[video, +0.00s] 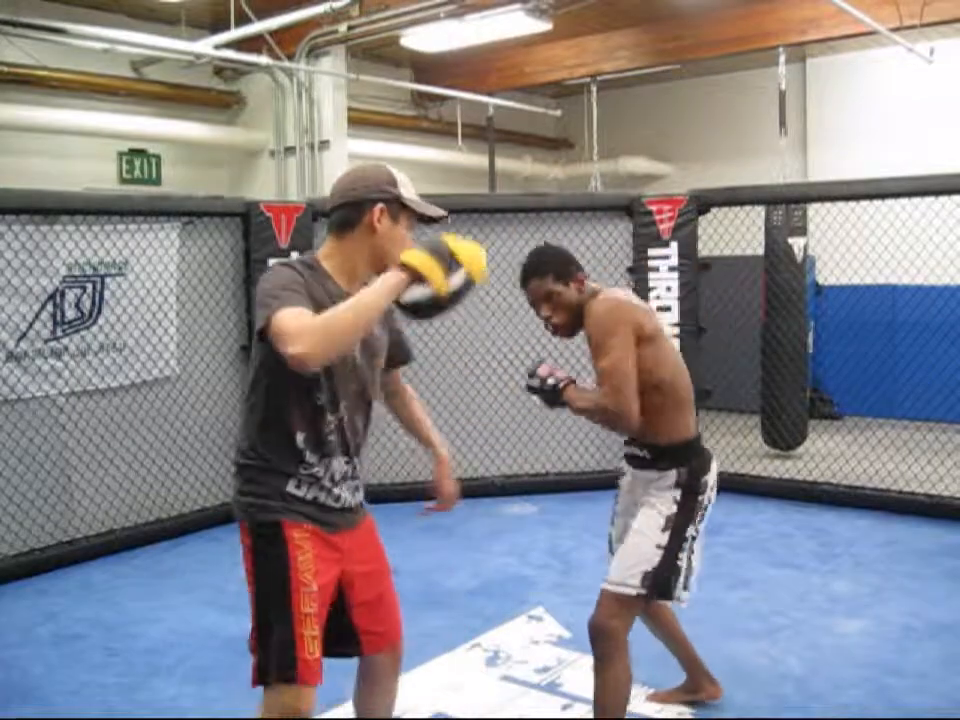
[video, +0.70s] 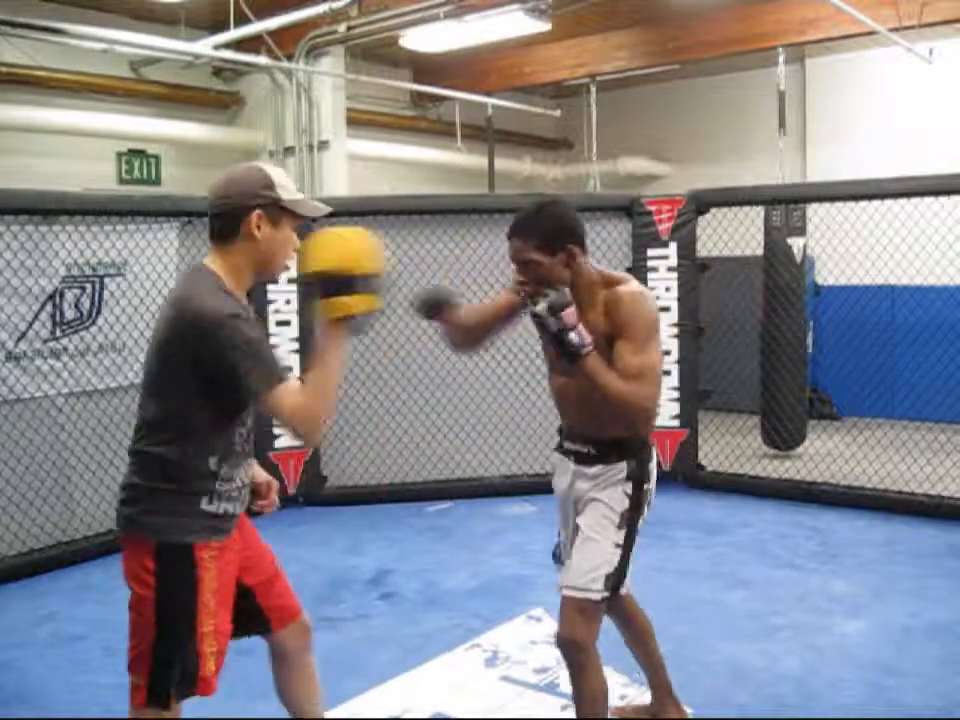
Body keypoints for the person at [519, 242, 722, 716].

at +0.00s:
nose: (544, 315)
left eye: (548, 301)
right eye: (536, 307)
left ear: (577, 282)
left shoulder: (609, 311)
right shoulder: (599, 310)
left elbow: (626, 416)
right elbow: (621, 400)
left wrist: (569, 396)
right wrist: (570, 389)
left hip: (676, 475)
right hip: (641, 469)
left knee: (607, 627)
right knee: (636, 588)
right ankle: (700, 680)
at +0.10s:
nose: (532, 291)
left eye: (537, 276)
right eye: (523, 282)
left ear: (569, 261)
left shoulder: (616, 283)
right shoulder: (579, 320)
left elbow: (649, 351)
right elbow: (626, 404)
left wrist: (575, 353)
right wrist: (569, 426)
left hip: (665, 465)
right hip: (623, 462)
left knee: (611, 634)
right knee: (638, 590)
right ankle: (697, 679)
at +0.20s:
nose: (532, 272)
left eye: (538, 256)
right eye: (523, 263)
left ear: (570, 243)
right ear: (521, 267)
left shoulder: (625, 259)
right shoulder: (548, 321)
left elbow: (694, 303)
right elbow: (570, 419)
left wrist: (599, 308)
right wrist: (517, 405)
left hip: (660, 455)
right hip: (614, 456)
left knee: (611, 634)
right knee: (639, 587)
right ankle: (694, 683)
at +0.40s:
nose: (520, 277)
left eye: (526, 263)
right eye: (514, 266)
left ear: (561, 245)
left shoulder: (628, 273)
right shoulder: (552, 302)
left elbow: (683, 350)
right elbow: (570, 398)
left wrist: (597, 326)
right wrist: (530, 376)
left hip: (645, 460)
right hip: (600, 456)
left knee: (591, 633)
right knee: (628, 600)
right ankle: (668, 702)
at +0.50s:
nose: (514, 294)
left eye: (520, 281)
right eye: (509, 282)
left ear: (558, 267)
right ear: (556, 267)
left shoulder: (623, 307)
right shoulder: (569, 309)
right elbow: (582, 399)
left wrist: (561, 354)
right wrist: (541, 365)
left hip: (633, 481)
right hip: (596, 470)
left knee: (568, 641)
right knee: (611, 601)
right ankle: (667, 703)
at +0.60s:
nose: (513, 286)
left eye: (523, 275)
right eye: (511, 274)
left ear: (562, 269)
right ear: (557, 269)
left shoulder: (615, 317)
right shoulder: (563, 312)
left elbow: (603, 424)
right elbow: (568, 396)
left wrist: (548, 362)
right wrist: (531, 352)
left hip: (625, 484)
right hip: (587, 474)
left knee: (558, 643)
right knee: (602, 605)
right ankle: (666, 703)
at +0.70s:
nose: (519, 276)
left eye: (529, 265)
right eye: (517, 264)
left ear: (570, 256)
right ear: (555, 257)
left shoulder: (629, 302)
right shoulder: (544, 290)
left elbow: (642, 408)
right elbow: (469, 335)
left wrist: (583, 352)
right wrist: (448, 314)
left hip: (620, 471)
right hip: (571, 463)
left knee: (575, 639)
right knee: (611, 596)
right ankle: (666, 702)